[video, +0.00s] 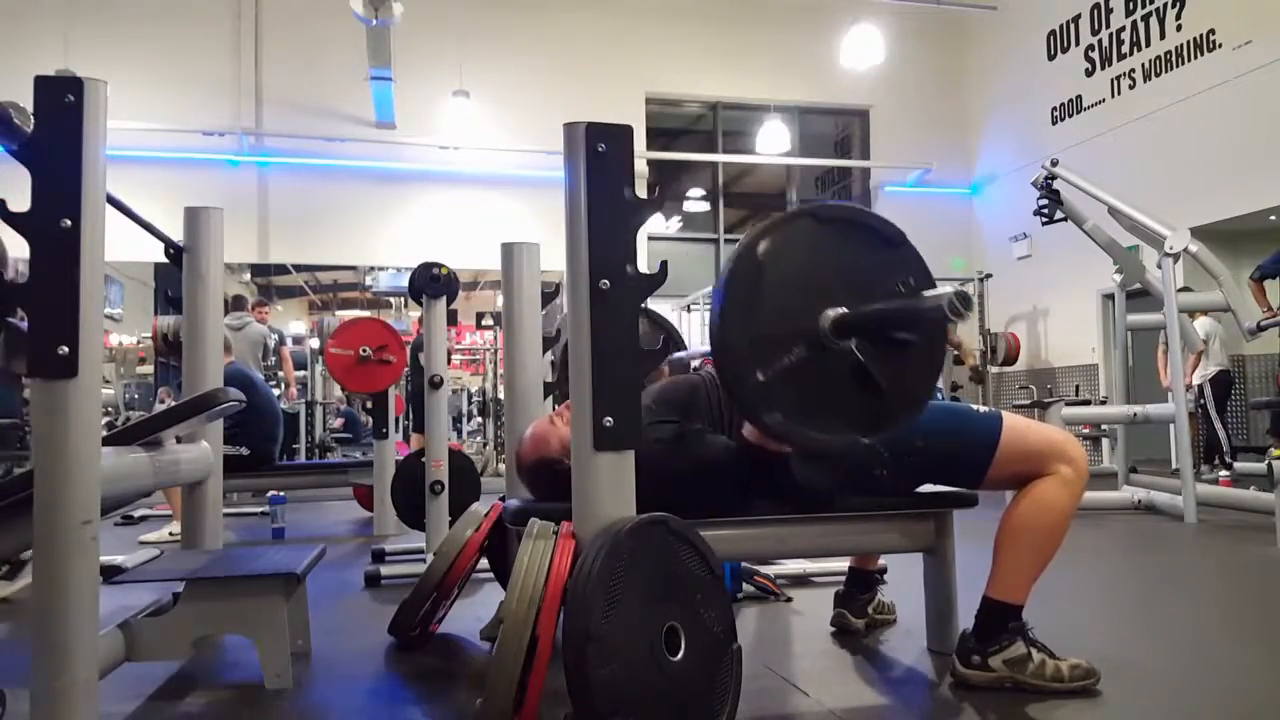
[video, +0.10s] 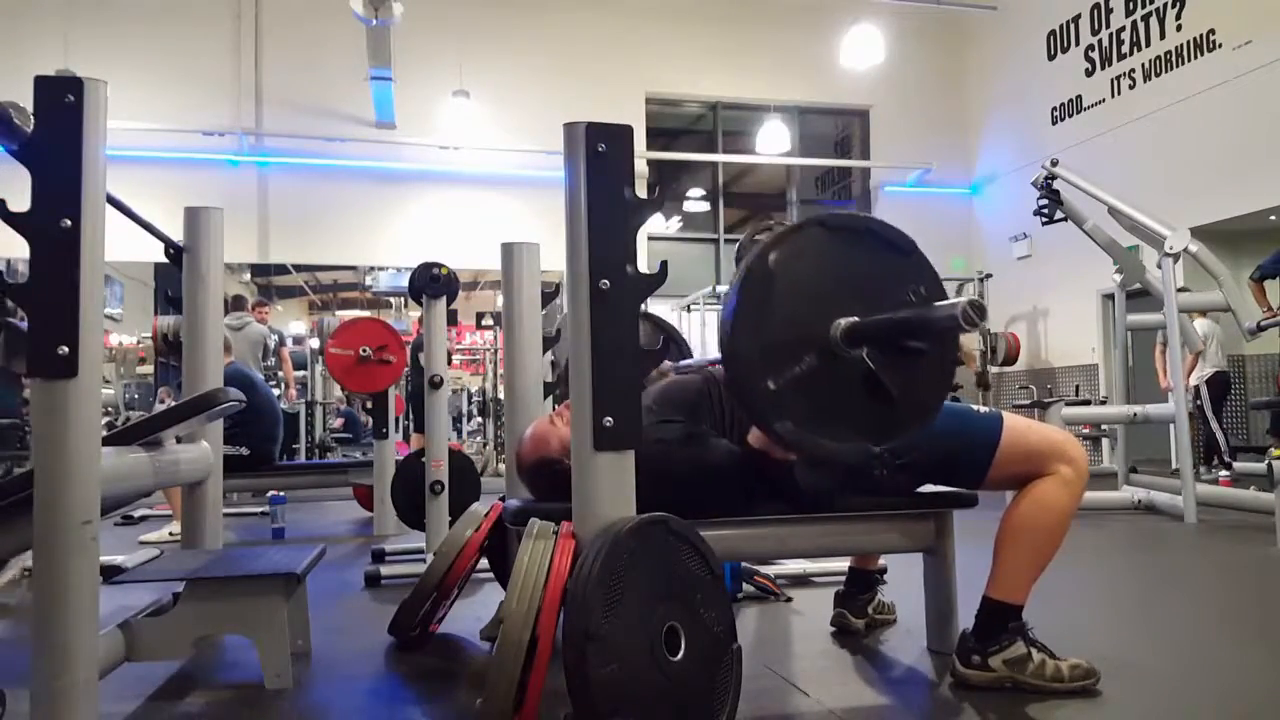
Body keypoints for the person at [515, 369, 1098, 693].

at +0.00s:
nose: (553, 409)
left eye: (544, 415)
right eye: (550, 422)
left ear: (562, 443)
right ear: (568, 450)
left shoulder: (622, 433)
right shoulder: (633, 454)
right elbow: (757, 442)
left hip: (808, 435)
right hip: (846, 444)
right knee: (1063, 457)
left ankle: (857, 597)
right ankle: (993, 640)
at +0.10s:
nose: (554, 408)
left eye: (545, 414)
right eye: (551, 422)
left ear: (564, 425)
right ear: (569, 448)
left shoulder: (626, 424)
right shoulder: (636, 453)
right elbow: (755, 451)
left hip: (807, 430)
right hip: (849, 438)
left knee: (901, 447)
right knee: (1063, 458)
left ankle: (858, 598)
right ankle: (994, 640)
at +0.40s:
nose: (558, 406)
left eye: (549, 411)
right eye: (553, 419)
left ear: (567, 454)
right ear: (571, 449)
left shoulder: (626, 430)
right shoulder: (643, 449)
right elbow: (775, 457)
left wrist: (660, 385)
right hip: (848, 445)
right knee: (1064, 459)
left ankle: (857, 597)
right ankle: (993, 640)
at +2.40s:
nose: (546, 418)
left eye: (539, 420)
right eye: (541, 431)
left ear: (551, 423)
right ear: (552, 457)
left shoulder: (605, 422)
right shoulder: (600, 452)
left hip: (778, 425)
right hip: (818, 441)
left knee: (900, 433)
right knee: (1057, 455)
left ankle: (859, 593)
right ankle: (992, 641)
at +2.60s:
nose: (550, 407)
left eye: (539, 414)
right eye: (544, 424)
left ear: (557, 425)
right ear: (562, 454)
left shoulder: (617, 423)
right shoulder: (630, 451)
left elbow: (666, 383)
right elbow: (764, 460)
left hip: (800, 430)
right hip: (842, 441)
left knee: (902, 444)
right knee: (1058, 457)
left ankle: (858, 595)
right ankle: (992, 642)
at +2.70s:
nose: (553, 404)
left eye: (543, 410)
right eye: (548, 419)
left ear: (561, 450)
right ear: (566, 450)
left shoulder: (618, 435)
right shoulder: (640, 440)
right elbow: (761, 453)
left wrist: (657, 382)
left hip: (808, 430)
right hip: (850, 435)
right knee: (1059, 457)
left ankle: (858, 596)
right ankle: (991, 642)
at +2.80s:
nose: (555, 404)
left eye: (545, 409)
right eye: (549, 418)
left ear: (562, 450)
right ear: (566, 451)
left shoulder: (616, 434)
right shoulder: (638, 442)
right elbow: (764, 457)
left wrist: (656, 384)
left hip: (806, 432)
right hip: (845, 440)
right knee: (1059, 456)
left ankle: (858, 595)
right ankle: (992, 641)